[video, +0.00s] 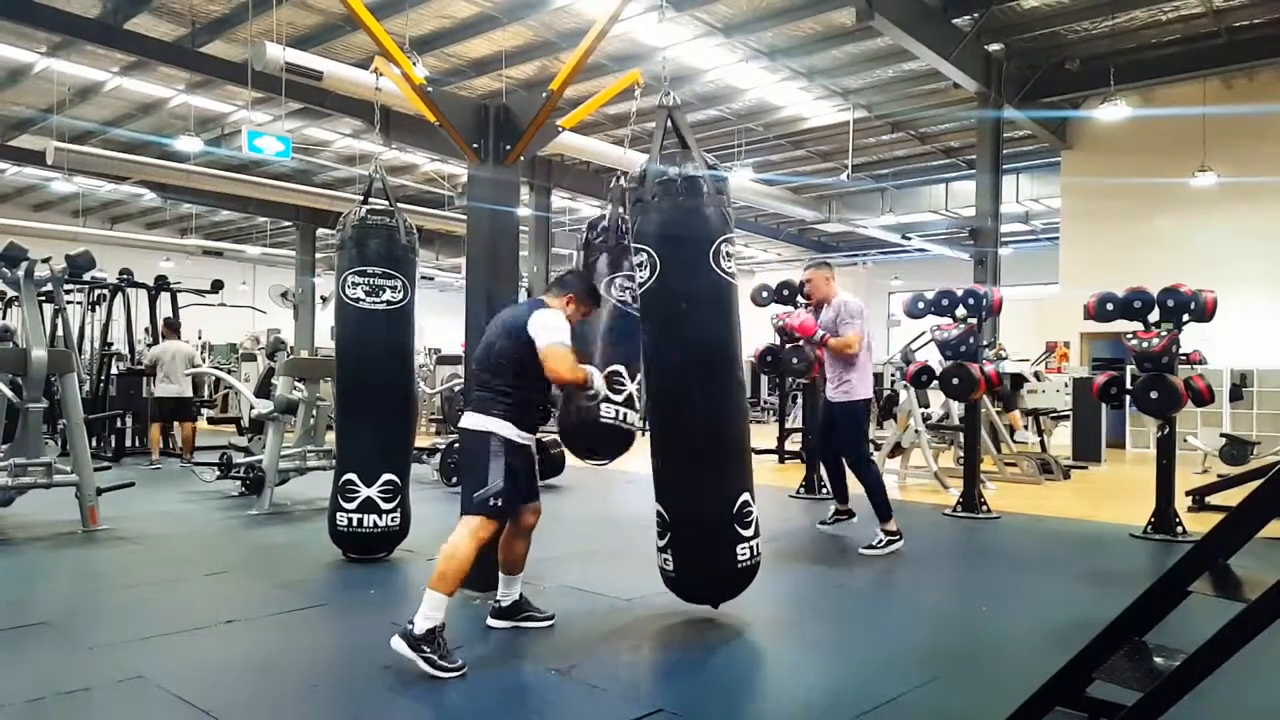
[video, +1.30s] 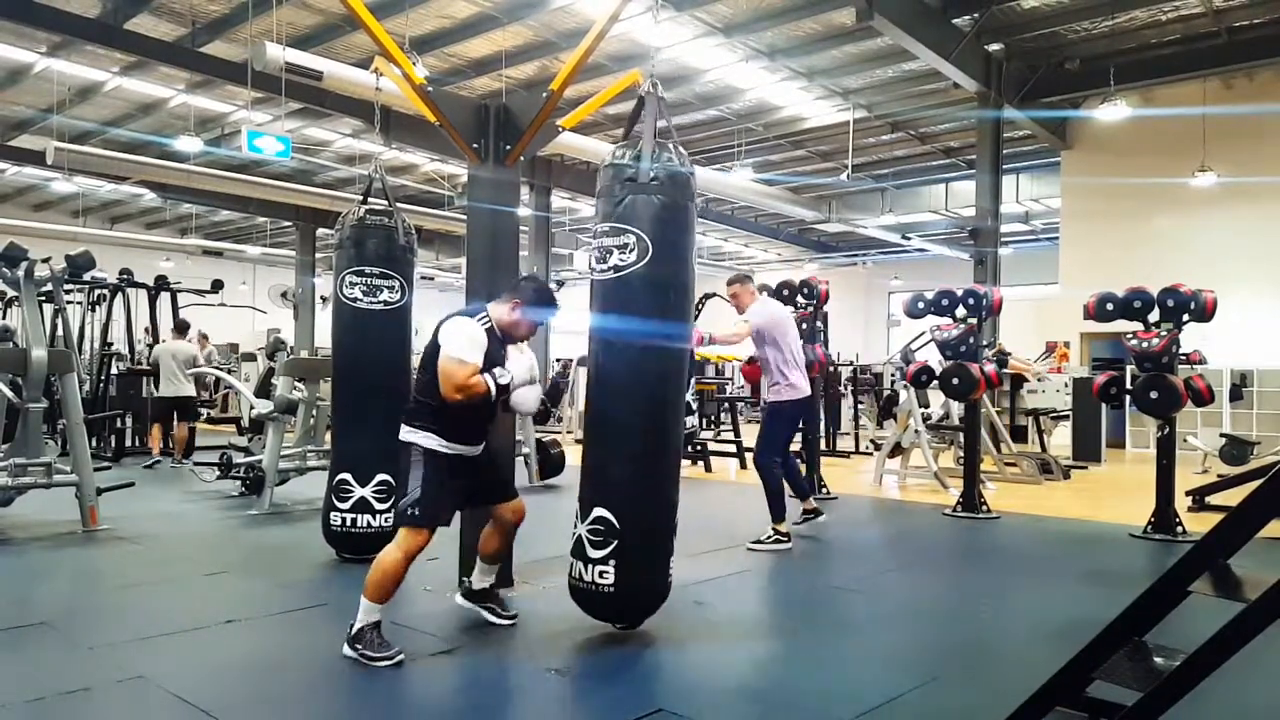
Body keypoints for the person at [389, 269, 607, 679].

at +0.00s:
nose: (577, 323)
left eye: (579, 318)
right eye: (579, 315)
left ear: (559, 295)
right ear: (568, 301)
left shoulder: (517, 313)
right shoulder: (546, 317)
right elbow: (561, 371)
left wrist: (574, 379)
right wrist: (592, 376)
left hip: (512, 434)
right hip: (492, 431)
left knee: (525, 514)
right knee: (481, 522)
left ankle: (507, 603)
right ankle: (423, 628)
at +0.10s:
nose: (574, 321)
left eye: (578, 315)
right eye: (576, 312)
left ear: (562, 296)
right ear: (563, 296)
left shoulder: (540, 321)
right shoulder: (526, 310)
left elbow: (575, 356)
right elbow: (522, 364)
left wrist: (619, 355)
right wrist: (561, 374)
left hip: (510, 432)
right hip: (480, 426)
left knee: (520, 514)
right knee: (473, 519)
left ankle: (507, 603)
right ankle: (422, 627)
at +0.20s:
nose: (560, 317)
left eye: (563, 313)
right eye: (561, 310)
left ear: (546, 298)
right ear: (547, 296)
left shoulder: (534, 328)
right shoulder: (502, 312)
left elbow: (553, 372)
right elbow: (508, 371)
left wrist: (595, 363)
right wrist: (547, 356)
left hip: (502, 435)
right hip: (468, 428)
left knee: (512, 516)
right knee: (459, 522)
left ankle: (507, 603)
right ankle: (395, 624)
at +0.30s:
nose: (546, 324)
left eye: (550, 318)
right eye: (547, 315)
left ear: (528, 298)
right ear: (531, 299)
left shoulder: (508, 326)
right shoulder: (491, 319)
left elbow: (508, 381)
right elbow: (501, 383)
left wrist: (540, 371)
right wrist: (540, 366)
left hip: (489, 443)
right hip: (456, 438)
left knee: (508, 519)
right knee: (444, 531)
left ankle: (507, 605)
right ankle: (365, 628)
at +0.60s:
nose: (508, 316)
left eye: (512, 310)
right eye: (510, 307)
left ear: (489, 290)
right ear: (491, 288)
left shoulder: (469, 323)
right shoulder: (445, 313)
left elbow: (466, 374)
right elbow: (451, 380)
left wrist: (500, 361)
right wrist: (493, 356)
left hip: (449, 442)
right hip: (414, 440)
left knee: (478, 513)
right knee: (401, 536)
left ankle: (454, 601)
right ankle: (351, 641)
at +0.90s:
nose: (522, 322)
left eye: (524, 316)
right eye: (523, 313)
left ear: (498, 295)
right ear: (510, 300)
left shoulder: (457, 315)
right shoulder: (487, 316)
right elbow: (497, 358)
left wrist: (520, 367)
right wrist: (538, 364)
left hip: (450, 442)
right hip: (431, 440)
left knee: (473, 511)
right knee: (416, 537)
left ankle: (463, 603)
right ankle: (354, 639)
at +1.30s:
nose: (534, 333)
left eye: (538, 327)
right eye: (534, 324)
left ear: (518, 309)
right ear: (515, 306)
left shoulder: (504, 341)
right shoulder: (465, 327)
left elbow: (495, 393)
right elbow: (454, 388)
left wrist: (523, 397)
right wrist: (503, 378)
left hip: (472, 449)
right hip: (430, 446)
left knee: (510, 513)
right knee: (413, 538)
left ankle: (479, 589)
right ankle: (362, 630)